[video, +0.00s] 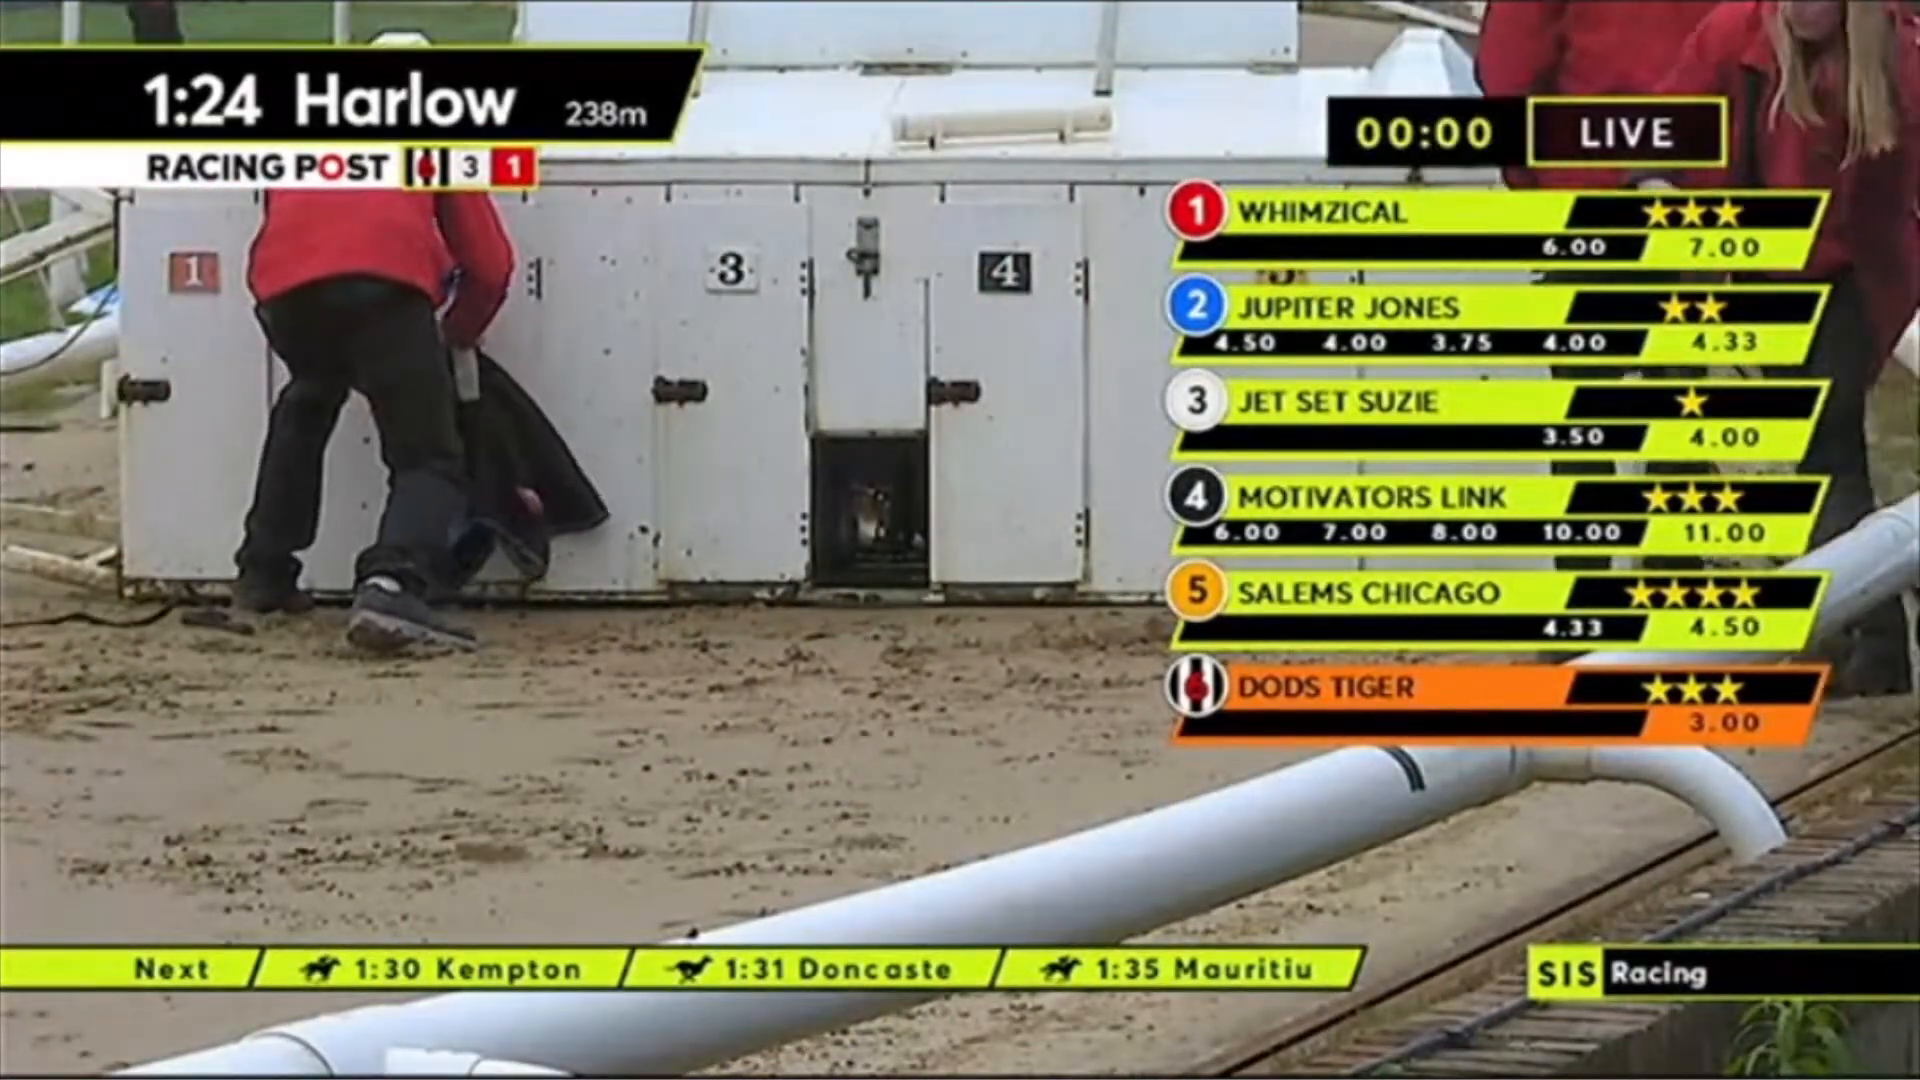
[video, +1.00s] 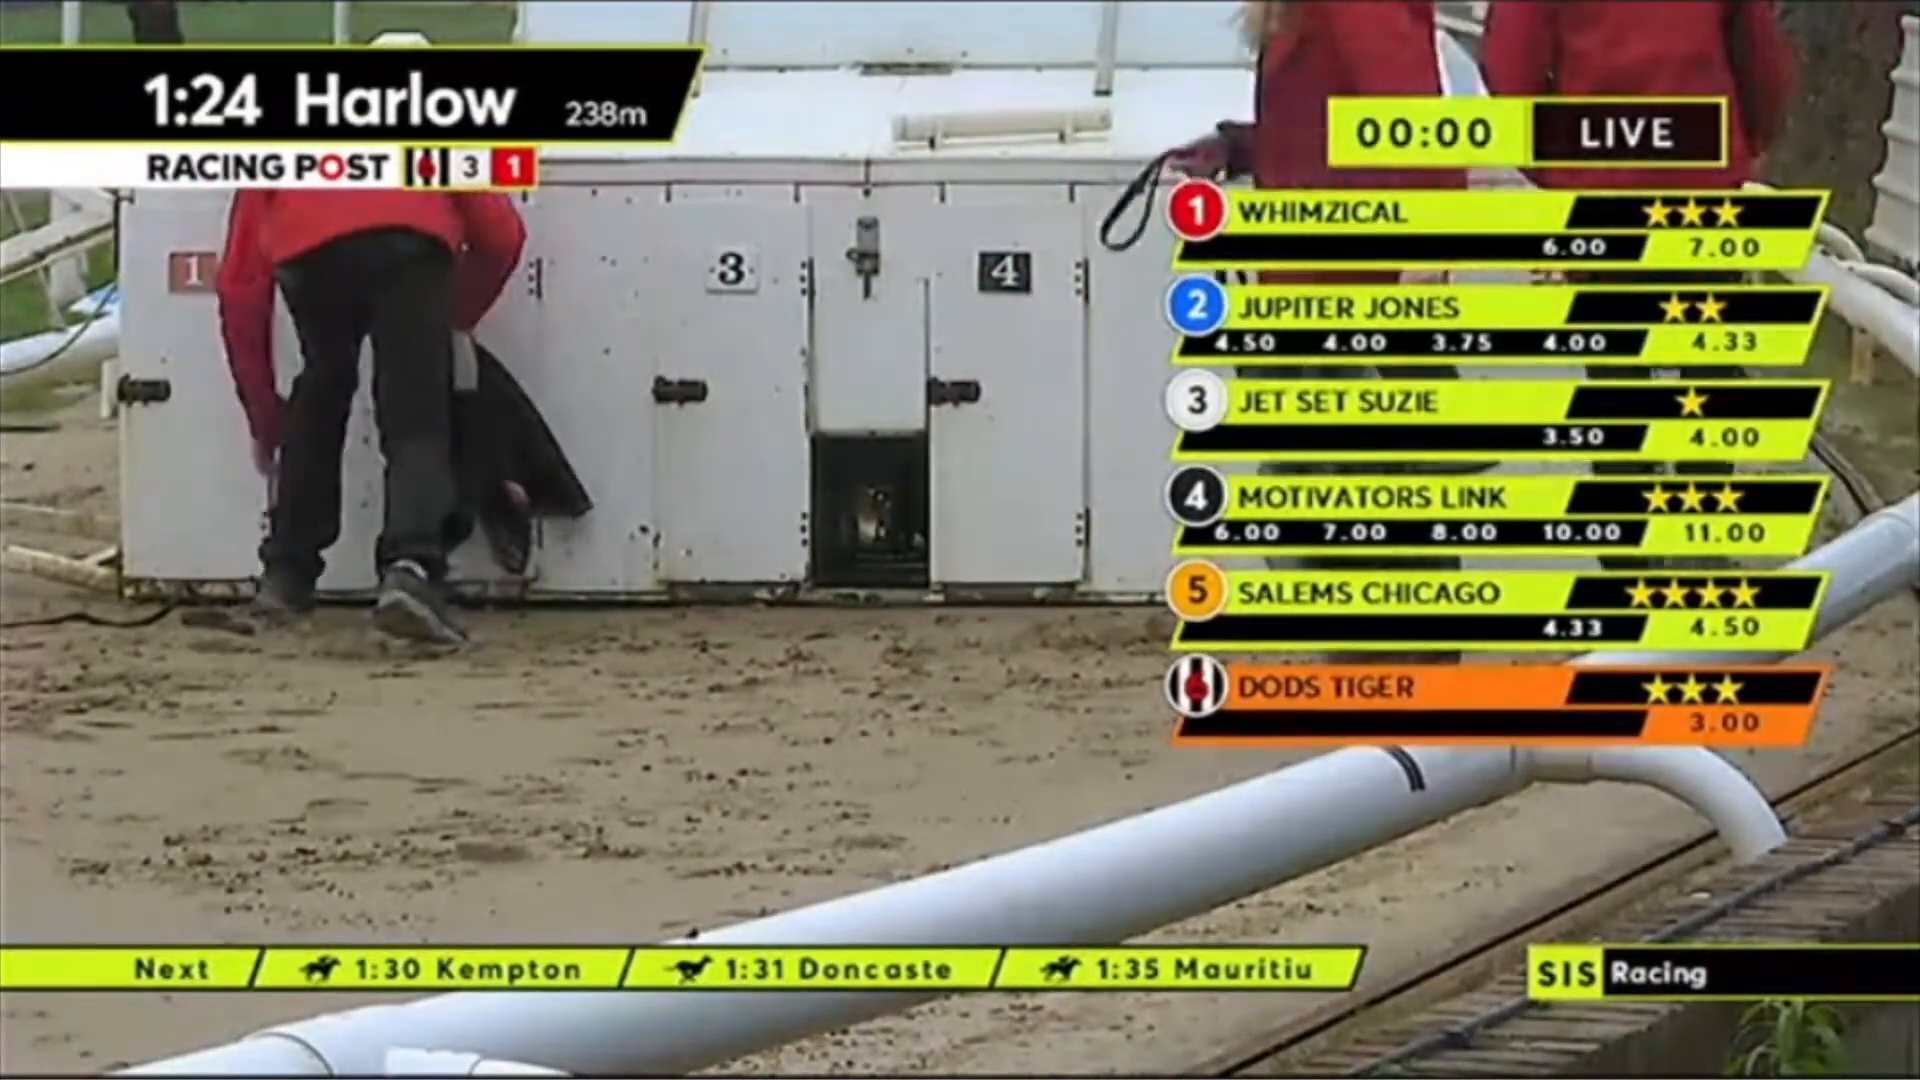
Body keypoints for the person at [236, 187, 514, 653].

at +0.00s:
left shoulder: (295, 163)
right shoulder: (435, 158)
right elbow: (492, 265)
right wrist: (455, 333)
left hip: (282, 286)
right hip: (385, 282)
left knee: (312, 386)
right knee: (427, 460)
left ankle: (263, 572)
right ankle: (391, 586)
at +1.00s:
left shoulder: (269, 176)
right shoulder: (432, 157)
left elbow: (238, 286)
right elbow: (503, 235)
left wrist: (263, 414)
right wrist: (456, 316)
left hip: (308, 248)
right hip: (410, 234)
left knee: (321, 388)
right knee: (414, 416)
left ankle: (289, 574)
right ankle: (411, 571)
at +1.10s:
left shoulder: (264, 166)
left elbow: (225, 298)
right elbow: (501, 174)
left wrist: (219, 462)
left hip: (326, 250)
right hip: (426, 230)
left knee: (327, 391)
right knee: (418, 407)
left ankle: (312, 575)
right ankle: (424, 564)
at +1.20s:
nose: (217, 236)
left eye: (210, 218)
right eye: (207, 225)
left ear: (214, 196)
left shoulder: (241, 189)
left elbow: (223, 337)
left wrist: (202, 498)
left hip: (338, 250)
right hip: (438, 227)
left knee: (312, 399)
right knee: (426, 405)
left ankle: (311, 576)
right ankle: (440, 554)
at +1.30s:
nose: (201, 269)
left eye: (191, 252)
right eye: (188, 260)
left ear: (194, 209)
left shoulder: (229, 217)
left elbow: (222, 372)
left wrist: (198, 529)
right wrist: (371, 396)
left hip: (342, 251)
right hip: (446, 223)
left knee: (305, 401)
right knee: (434, 399)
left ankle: (310, 579)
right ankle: (481, 539)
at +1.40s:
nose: (187, 276)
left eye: (178, 251)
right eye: (174, 260)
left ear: (185, 209)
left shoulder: (225, 225)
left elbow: (221, 374)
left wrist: (222, 527)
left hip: (347, 245)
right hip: (444, 217)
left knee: (307, 415)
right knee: (424, 419)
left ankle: (308, 582)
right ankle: (539, 507)